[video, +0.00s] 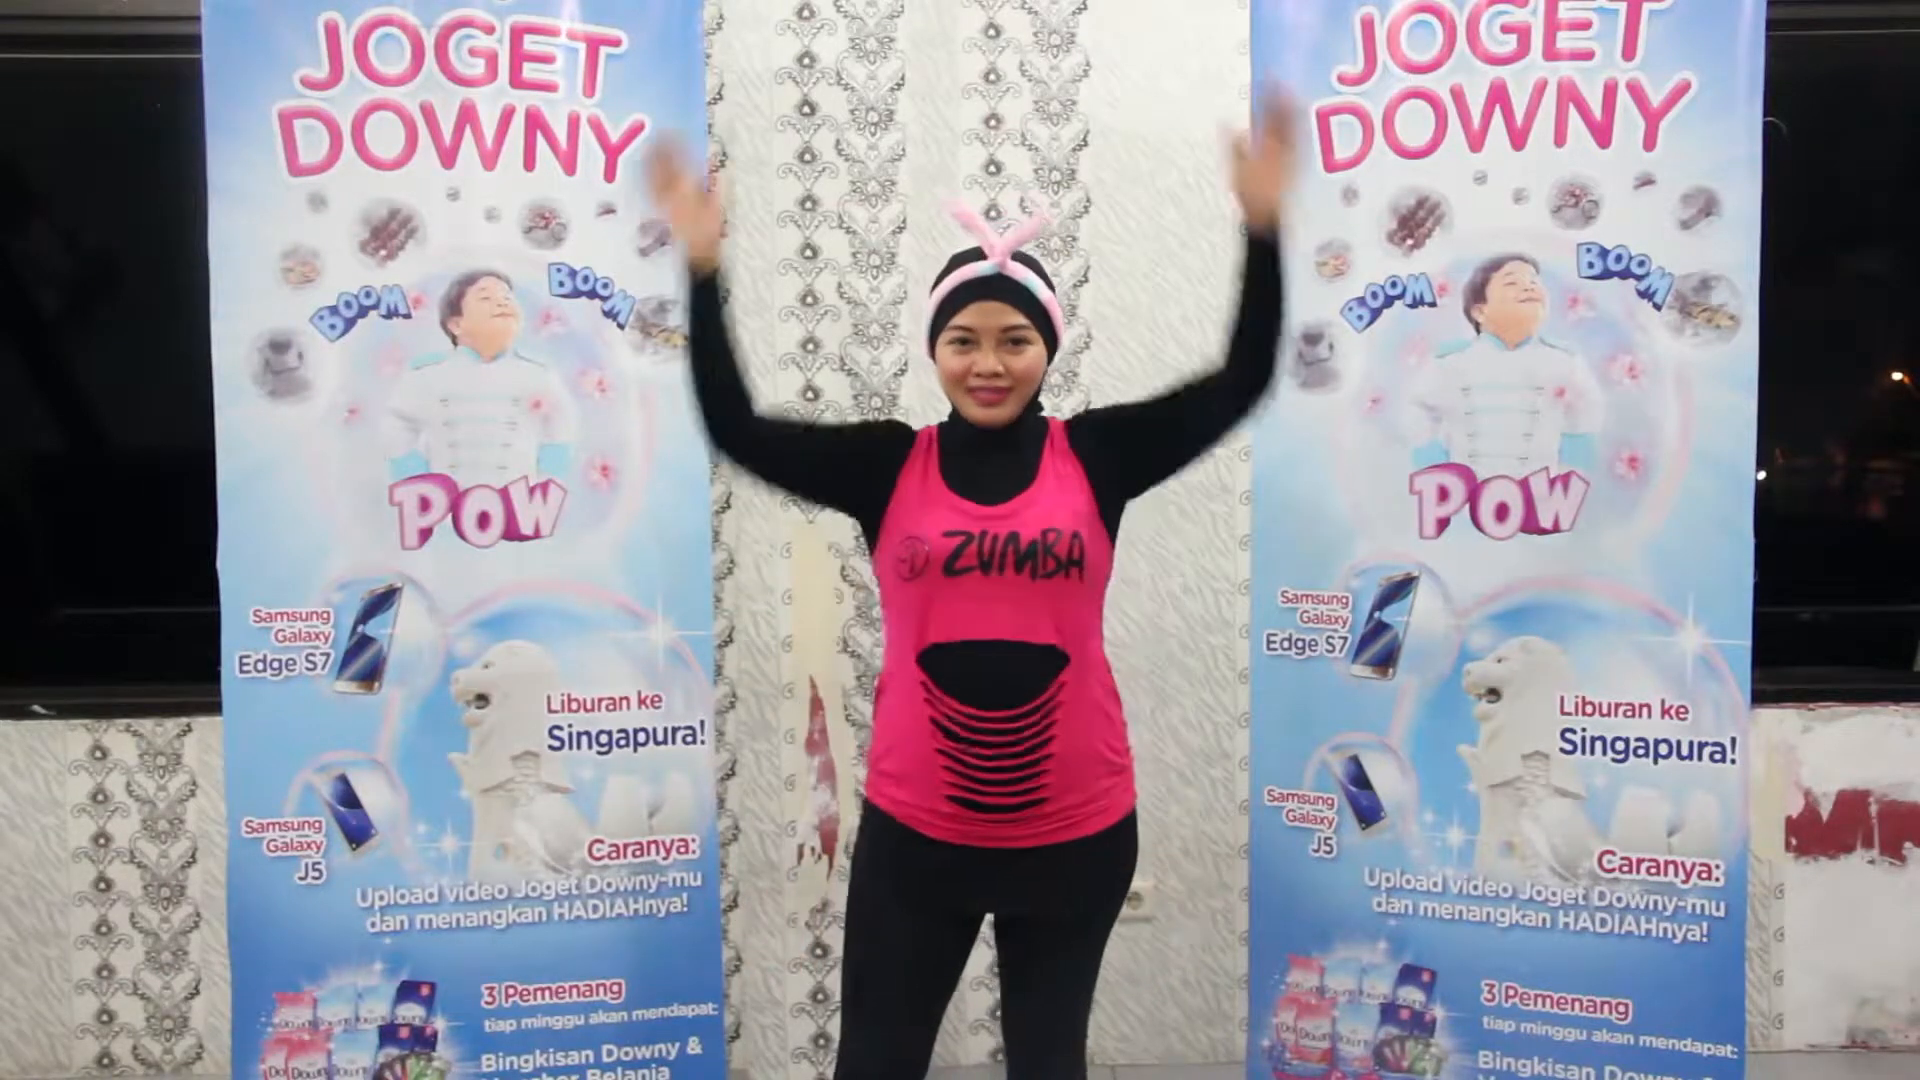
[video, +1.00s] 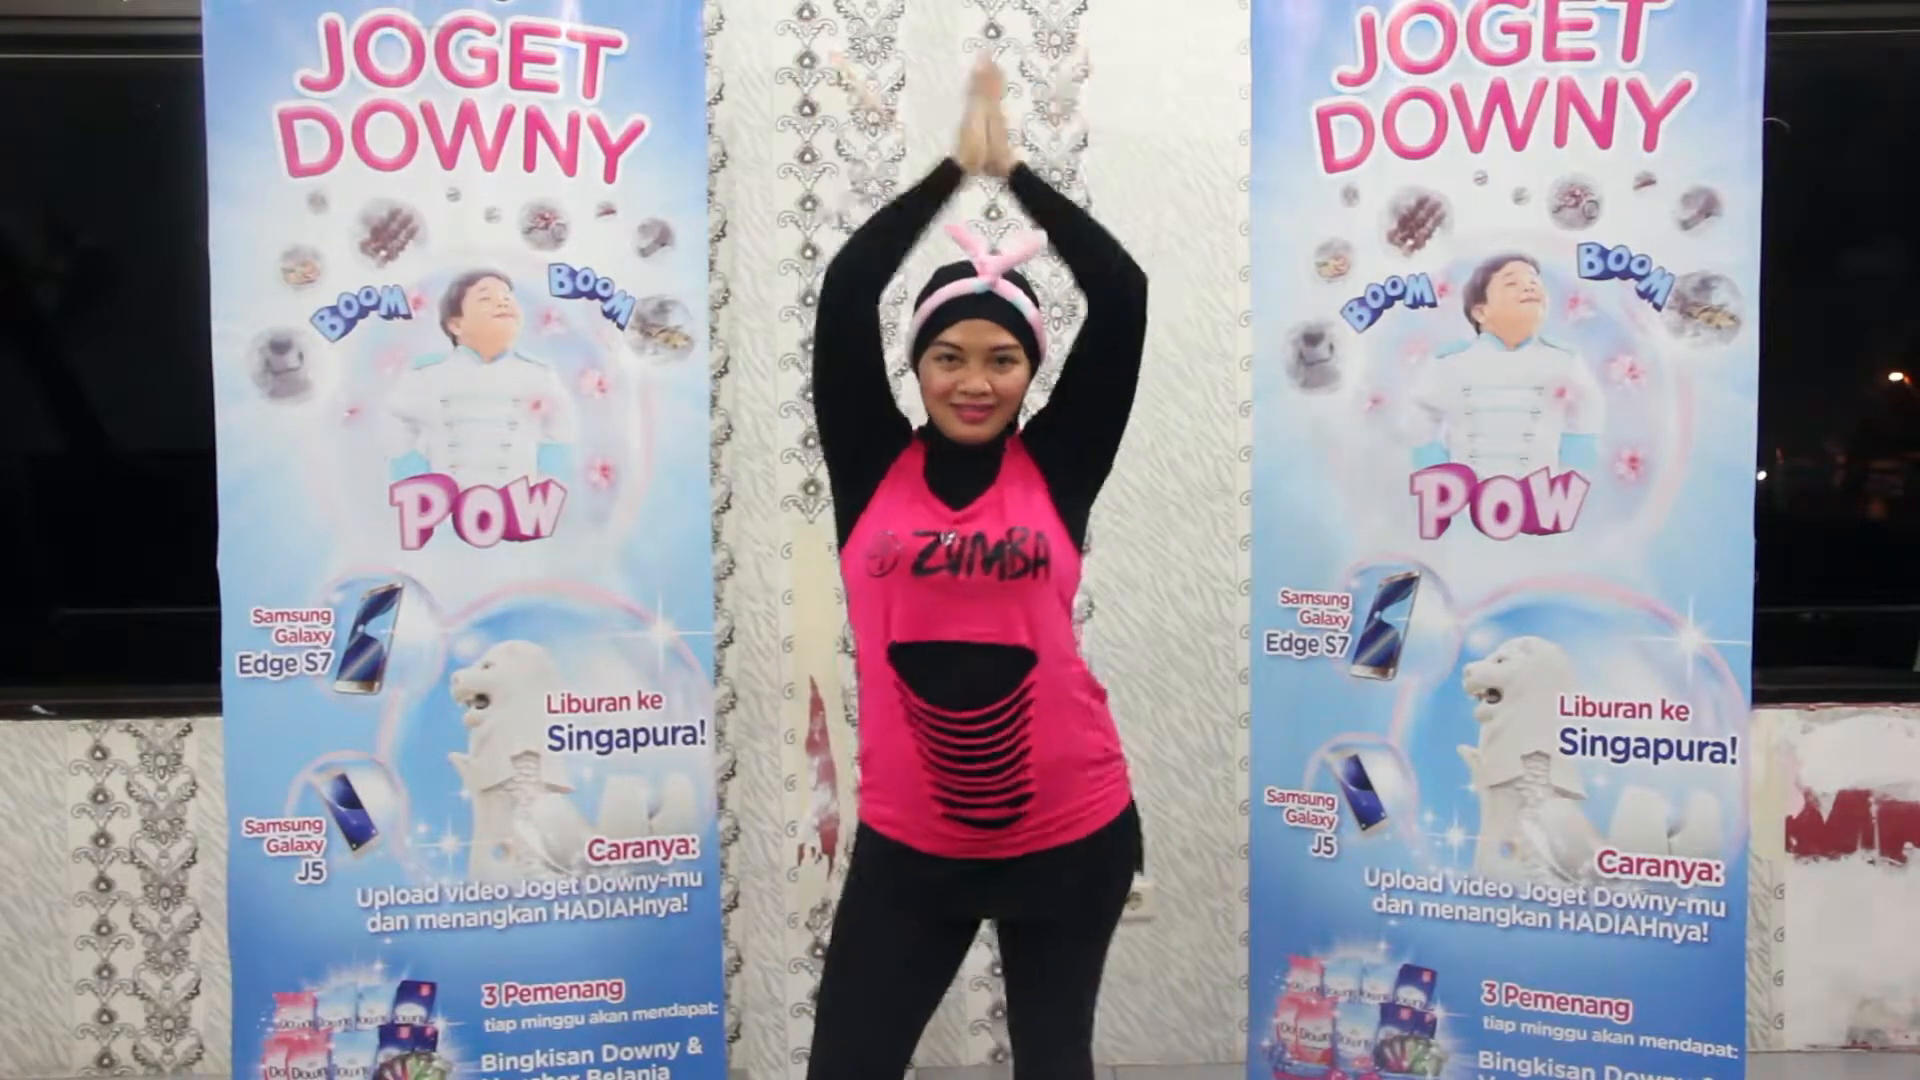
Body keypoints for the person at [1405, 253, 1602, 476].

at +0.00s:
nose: (1529, 287)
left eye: (1534, 281)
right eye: (1511, 282)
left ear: (1545, 300)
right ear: (1478, 310)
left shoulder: (1564, 364)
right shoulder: (1447, 366)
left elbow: (1582, 429)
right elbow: (1415, 414)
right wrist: (1433, 474)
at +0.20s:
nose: (1528, 286)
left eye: (1534, 281)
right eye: (1510, 282)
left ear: (1545, 300)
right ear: (1478, 310)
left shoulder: (1565, 365)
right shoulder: (1446, 366)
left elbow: (1581, 440)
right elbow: (1419, 422)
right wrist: (1435, 482)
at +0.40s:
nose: (1528, 286)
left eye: (1534, 281)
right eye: (1510, 281)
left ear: (1545, 299)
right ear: (1479, 311)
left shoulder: (1564, 364)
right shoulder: (1446, 365)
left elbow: (1581, 433)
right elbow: (1419, 421)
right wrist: (1434, 482)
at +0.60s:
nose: (1528, 286)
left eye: (1534, 281)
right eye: (1510, 282)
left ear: (1545, 299)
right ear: (1479, 311)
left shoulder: (1564, 364)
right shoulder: (1446, 366)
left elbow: (1581, 432)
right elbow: (1419, 419)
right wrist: (1434, 480)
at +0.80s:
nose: (1528, 286)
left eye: (1534, 281)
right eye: (1510, 282)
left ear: (1545, 299)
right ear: (1479, 311)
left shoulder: (1564, 364)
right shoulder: (1446, 366)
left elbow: (1581, 433)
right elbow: (1419, 421)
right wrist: (1436, 484)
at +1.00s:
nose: (1529, 286)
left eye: (1534, 280)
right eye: (1510, 283)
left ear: (1545, 299)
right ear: (1479, 311)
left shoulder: (1565, 363)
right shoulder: (1446, 366)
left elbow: (1583, 433)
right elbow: (1414, 420)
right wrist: (1437, 480)